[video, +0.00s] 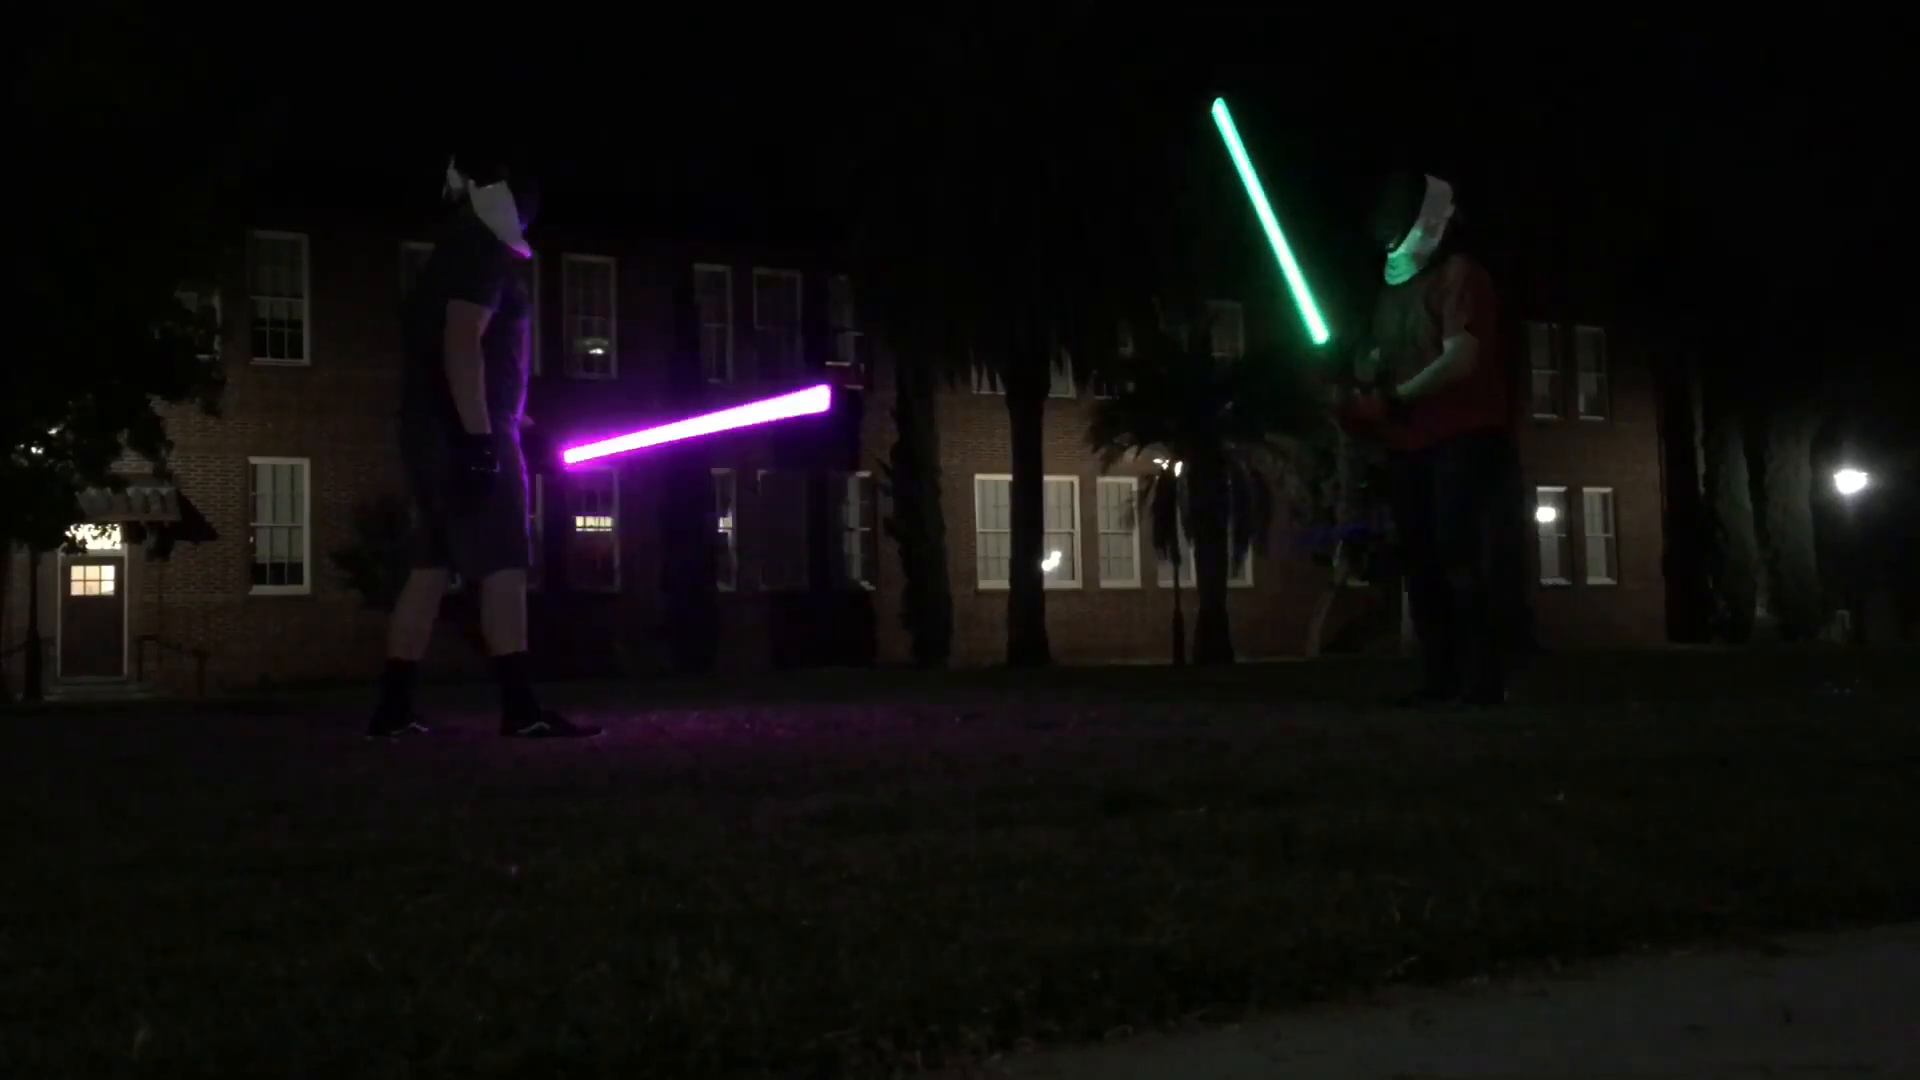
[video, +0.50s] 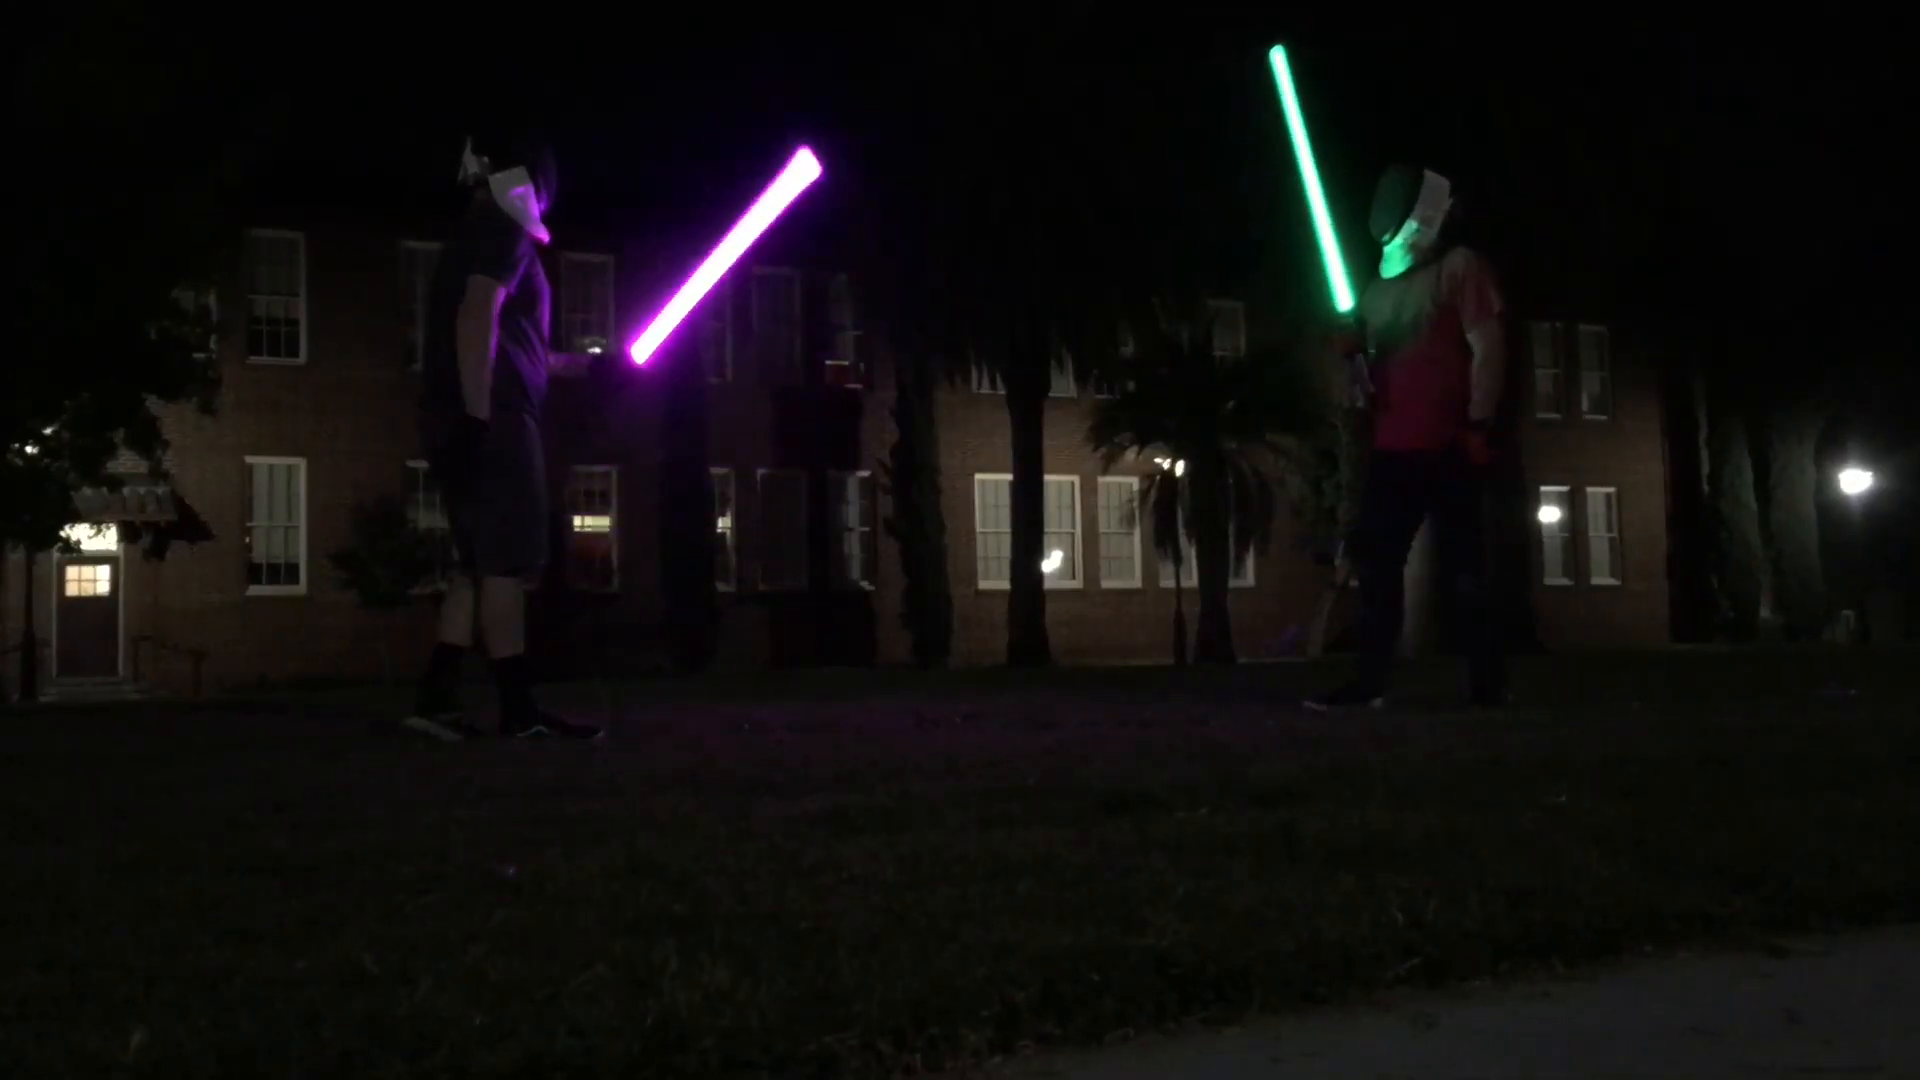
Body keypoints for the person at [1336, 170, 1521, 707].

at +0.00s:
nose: (1389, 235)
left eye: (1401, 223)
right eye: (1388, 223)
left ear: (1430, 222)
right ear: (1390, 226)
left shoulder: (1455, 275)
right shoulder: (1394, 290)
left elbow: (1462, 355)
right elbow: (1384, 356)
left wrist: (1398, 394)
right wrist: (1361, 376)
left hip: (1464, 444)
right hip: (1413, 445)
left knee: (1463, 559)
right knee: (1421, 561)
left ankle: (1476, 677)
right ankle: (1437, 672)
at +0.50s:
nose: (1387, 237)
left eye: (1397, 225)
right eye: (1385, 227)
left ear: (1425, 221)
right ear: (1389, 226)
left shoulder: (1460, 271)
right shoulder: (1379, 289)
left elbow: (1488, 348)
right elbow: (1361, 392)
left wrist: (1481, 421)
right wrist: (1349, 356)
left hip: (1452, 446)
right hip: (1394, 450)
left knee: (1463, 568)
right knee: (1376, 562)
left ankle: (1481, 679)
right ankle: (1367, 677)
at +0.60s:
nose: (1384, 237)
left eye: (1394, 224)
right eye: (1379, 226)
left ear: (1419, 221)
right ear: (1373, 227)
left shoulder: (1450, 271)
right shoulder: (1372, 290)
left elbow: (1494, 344)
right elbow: (1357, 386)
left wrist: (1500, 420)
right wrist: (1345, 352)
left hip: (1449, 446)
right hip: (1387, 452)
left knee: (1460, 566)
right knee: (1376, 568)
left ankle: (1479, 675)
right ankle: (1369, 676)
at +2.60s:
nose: (1356, 261)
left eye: (1368, 249)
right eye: (1352, 252)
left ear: (1393, 245)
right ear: (1348, 252)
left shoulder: (1421, 294)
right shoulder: (1345, 312)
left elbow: (1402, 373)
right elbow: (1324, 379)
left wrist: (1331, 401)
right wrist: (1286, 377)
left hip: (1426, 466)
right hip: (1365, 468)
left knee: (1445, 579)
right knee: (1332, 570)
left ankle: (1474, 684)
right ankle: (1322, 680)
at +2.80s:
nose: (1368, 262)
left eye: (1382, 252)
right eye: (1366, 250)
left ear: (1407, 260)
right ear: (1360, 258)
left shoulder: (1425, 312)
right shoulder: (1350, 329)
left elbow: (1372, 372)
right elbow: (1316, 393)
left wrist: (1303, 415)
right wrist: (1254, 411)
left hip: (1434, 479)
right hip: (1373, 482)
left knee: (1473, 586)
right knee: (1319, 563)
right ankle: (1311, 682)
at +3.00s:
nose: (1449, 282)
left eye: (1460, 271)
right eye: (1450, 273)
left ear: (1485, 274)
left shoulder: (1502, 310)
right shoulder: (1441, 330)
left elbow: (1431, 331)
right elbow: (1406, 398)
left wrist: (1367, 343)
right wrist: (1338, 392)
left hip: (1495, 482)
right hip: (1436, 485)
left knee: (1548, 598)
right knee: (1373, 584)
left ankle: (1640, 688)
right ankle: (1317, 690)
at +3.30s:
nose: (1564, 226)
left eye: (1573, 217)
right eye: (1553, 220)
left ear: (1580, 222)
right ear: (1540, 229)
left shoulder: (1602, 254)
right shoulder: (1522, 280)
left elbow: (1579, 184)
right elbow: (1494, 245)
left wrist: (1516, 154)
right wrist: (1474, 181)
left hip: (1614, 412)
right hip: (1548, 419)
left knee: (1642, 551)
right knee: (1542, 555)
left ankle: (1650, 674)